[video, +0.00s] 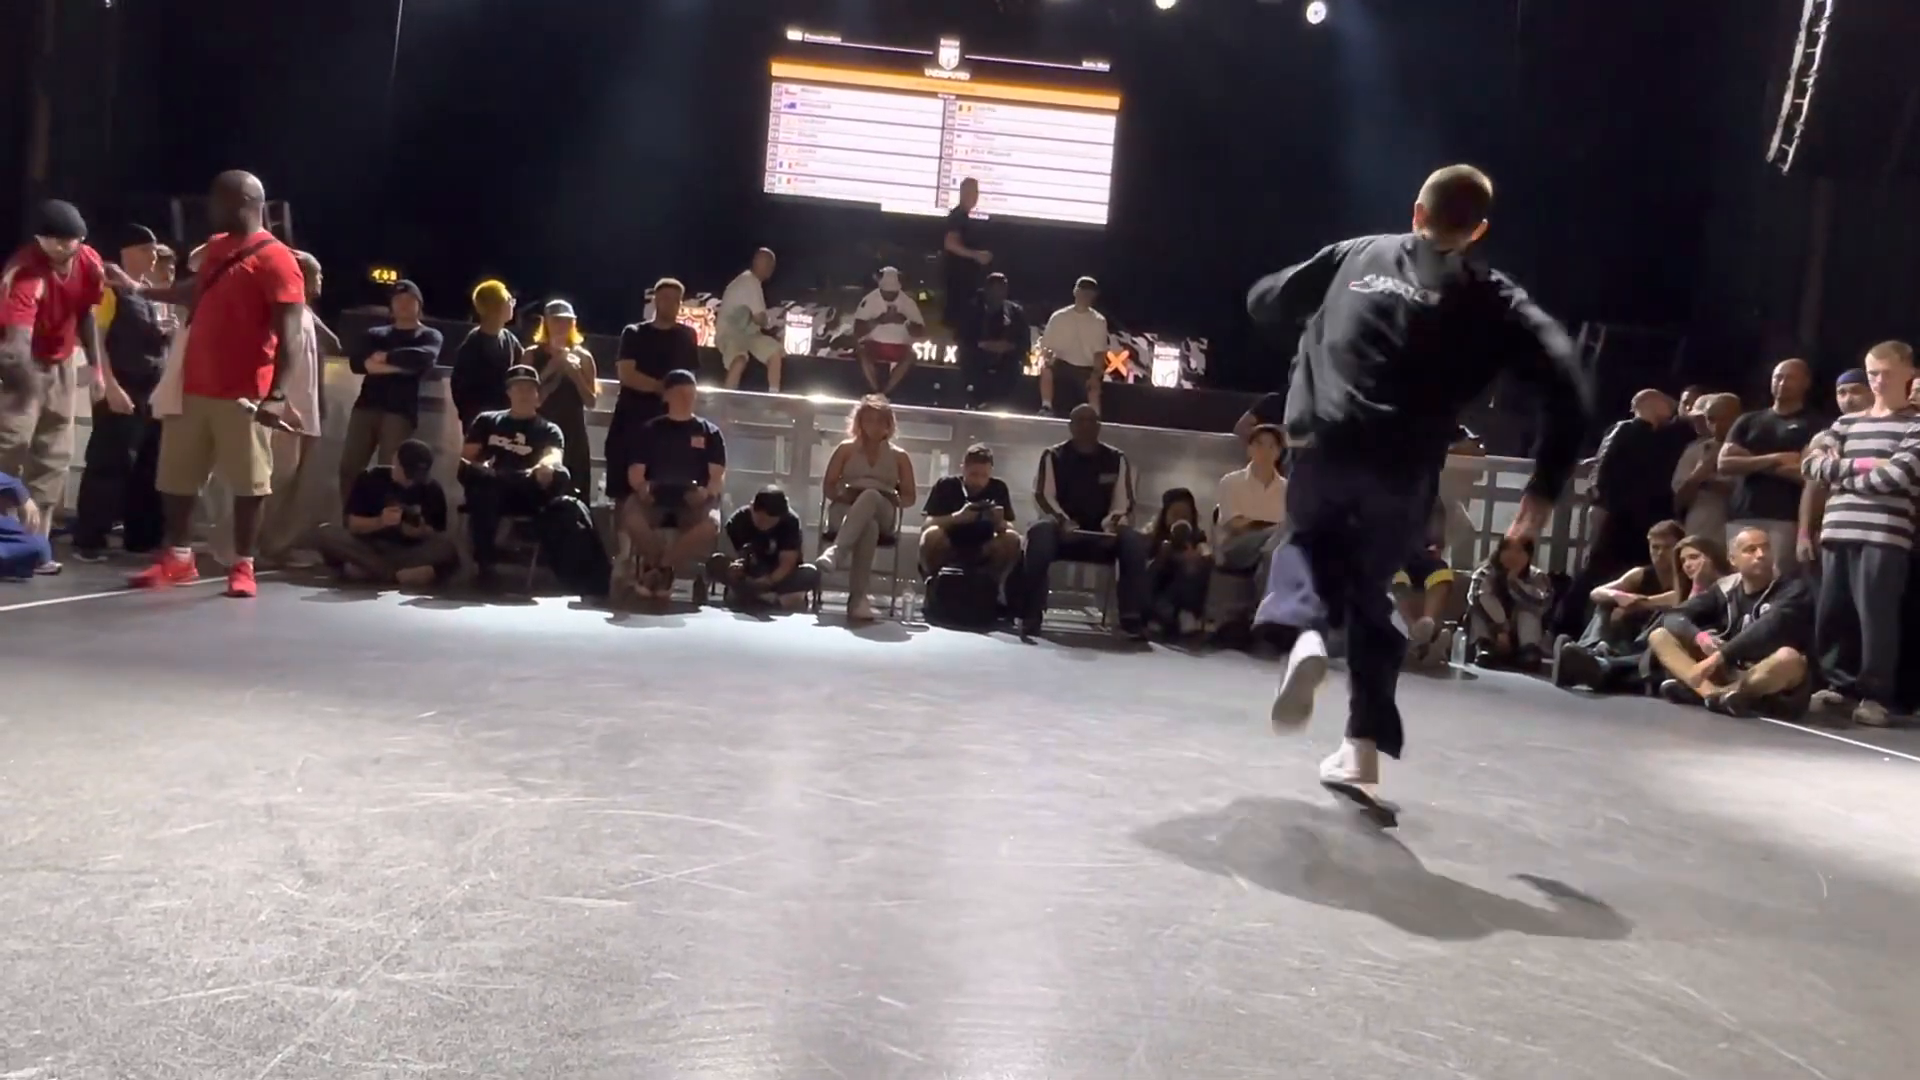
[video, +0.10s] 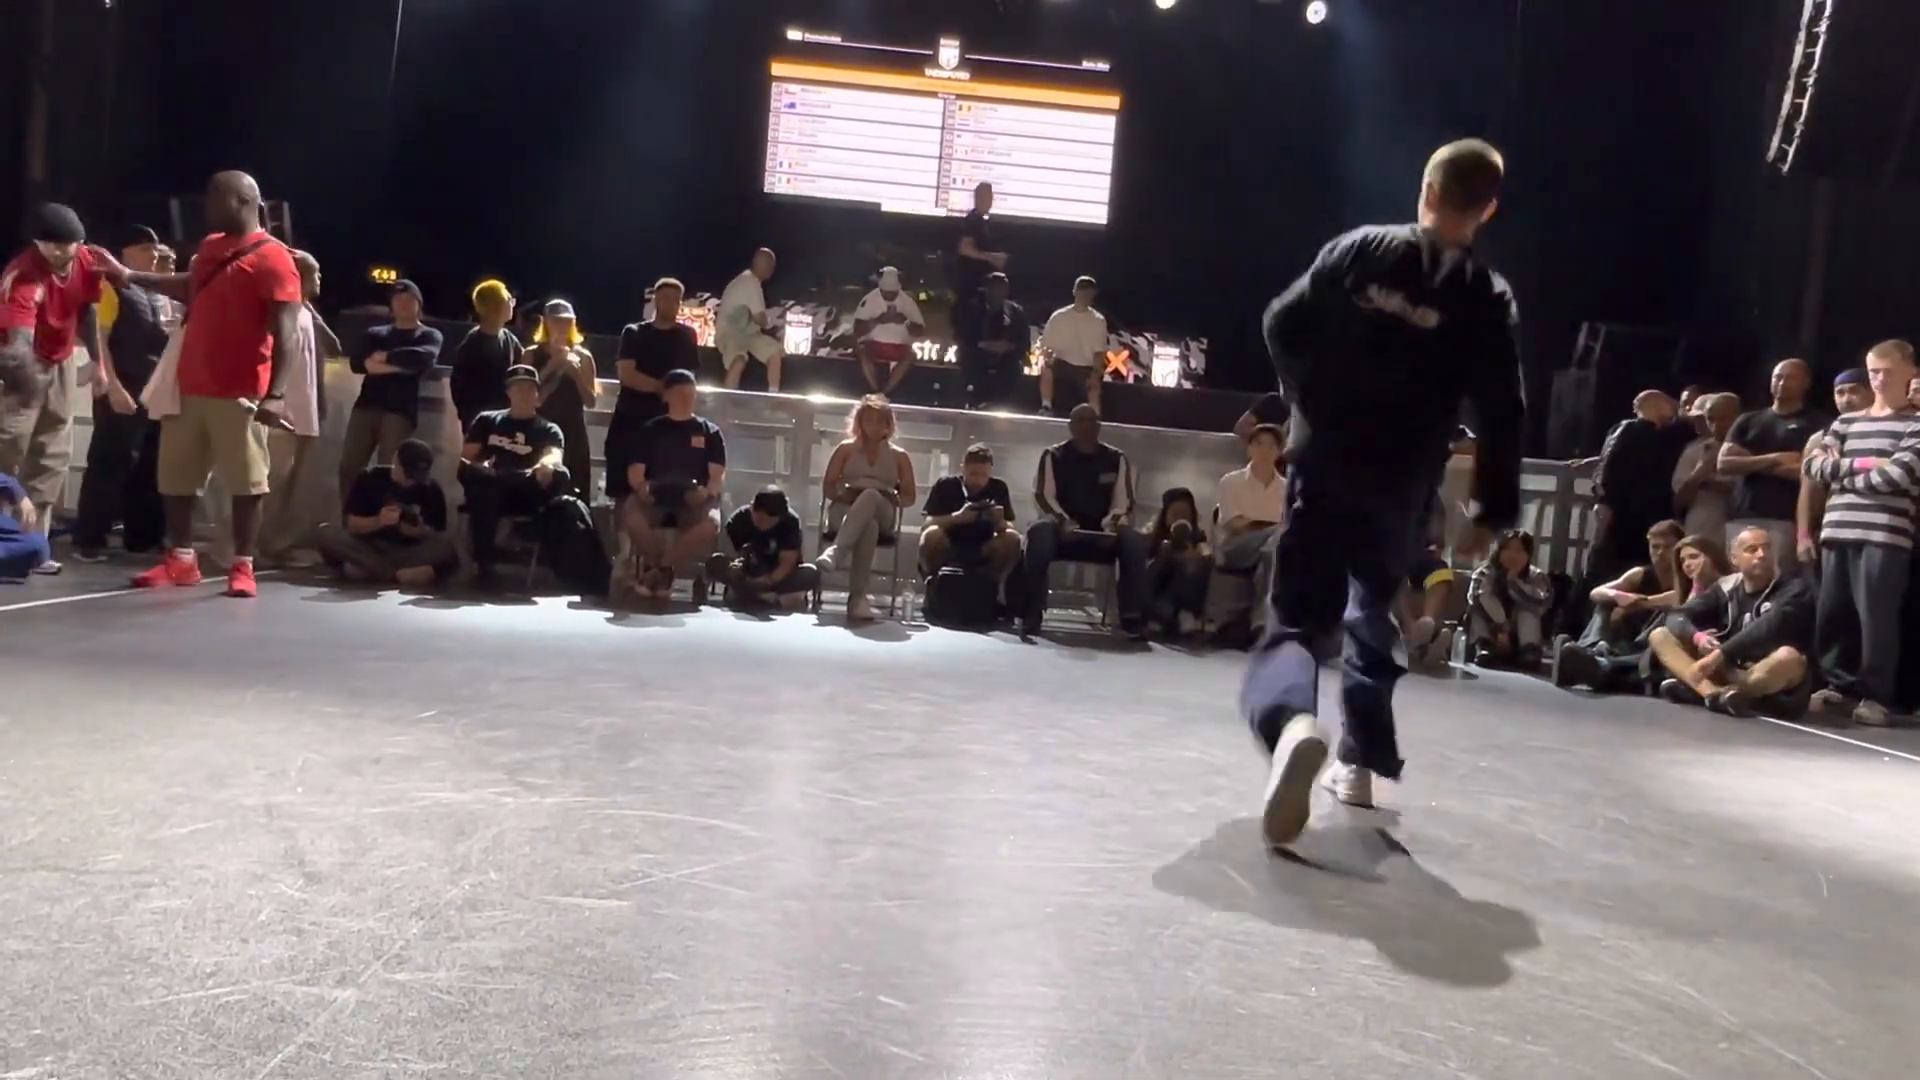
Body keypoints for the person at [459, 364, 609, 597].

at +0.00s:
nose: (525, 394)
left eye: (530, 389)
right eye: (519, 388)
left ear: (538, 395)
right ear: (508, 392)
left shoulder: (549, 430)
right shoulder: (487, 421)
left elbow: (553, 457)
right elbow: (465, 462)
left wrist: (545, 467)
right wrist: (482, 469)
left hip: (530, 488)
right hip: (493, 486)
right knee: (480, 484)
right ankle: (484, 565)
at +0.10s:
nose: (525, 394)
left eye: (530, 389)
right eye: (520, 389)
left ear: (538, 395)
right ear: (508, 392)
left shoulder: (549, 429)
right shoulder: (487, 421)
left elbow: (553, 456)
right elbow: (465, 461)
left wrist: (546, 466)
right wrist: (482, 469)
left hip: (529, 487)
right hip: (493, 485)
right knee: (479, 483)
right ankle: (484, 565)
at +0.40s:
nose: (525, 395)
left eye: (530, 389)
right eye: (519, 389)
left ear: (537, 395)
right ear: (508, 392)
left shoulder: (548, 430)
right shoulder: (486, 421)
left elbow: (552, 456)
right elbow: (464, 462)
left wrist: (546, 466)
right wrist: (480, 469)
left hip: (531, 490)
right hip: (494, 487)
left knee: (570, 507)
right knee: (480, 484)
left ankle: (593, 584)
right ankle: (484, 566)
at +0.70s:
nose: (524, 394)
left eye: (529, 389)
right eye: (519, 389)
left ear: (536, 395)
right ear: (507, 392)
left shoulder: (547, 429)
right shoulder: (486, 421)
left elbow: (552, 454)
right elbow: (465, 460)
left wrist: (546, 465)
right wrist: (481, 468)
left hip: (528, 487)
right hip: (492, 485)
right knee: (480, 484)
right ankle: (484, 566)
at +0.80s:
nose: (524, 394)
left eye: (529, 389)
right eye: (518, 389)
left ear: (537, 395)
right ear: (507, 392)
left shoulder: (547, 430)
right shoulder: (486, 421)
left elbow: (552, 455)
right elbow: (465, 460)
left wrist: (547, 466)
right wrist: (480, 467)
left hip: (529, 489)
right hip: (493, 487)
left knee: (568, 507)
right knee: (478, 482)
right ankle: (484, 567)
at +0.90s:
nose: (524, 394)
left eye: (529, 389)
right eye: (519, 388)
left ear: (537, 394)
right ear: (508, 391)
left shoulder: (548, 430)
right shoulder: (486, 421)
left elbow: (552, 455)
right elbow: (466, 460)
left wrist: (546, 465)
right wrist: (484, 470)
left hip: (530, 488)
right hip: (494, 486)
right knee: (480, 488)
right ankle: (484, 567)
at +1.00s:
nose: (524, 394)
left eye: (529, 389)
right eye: (519, 388)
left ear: (537, 394)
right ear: (508, 391)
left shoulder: (548, 430)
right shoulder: (486, 421)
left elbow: (552, 456)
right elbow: (466, 460)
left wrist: (546, 465)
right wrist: (486, 471)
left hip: (529, 488)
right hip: (493, 486)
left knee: (557, 478)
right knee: (480, 487)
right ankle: (484, 566)